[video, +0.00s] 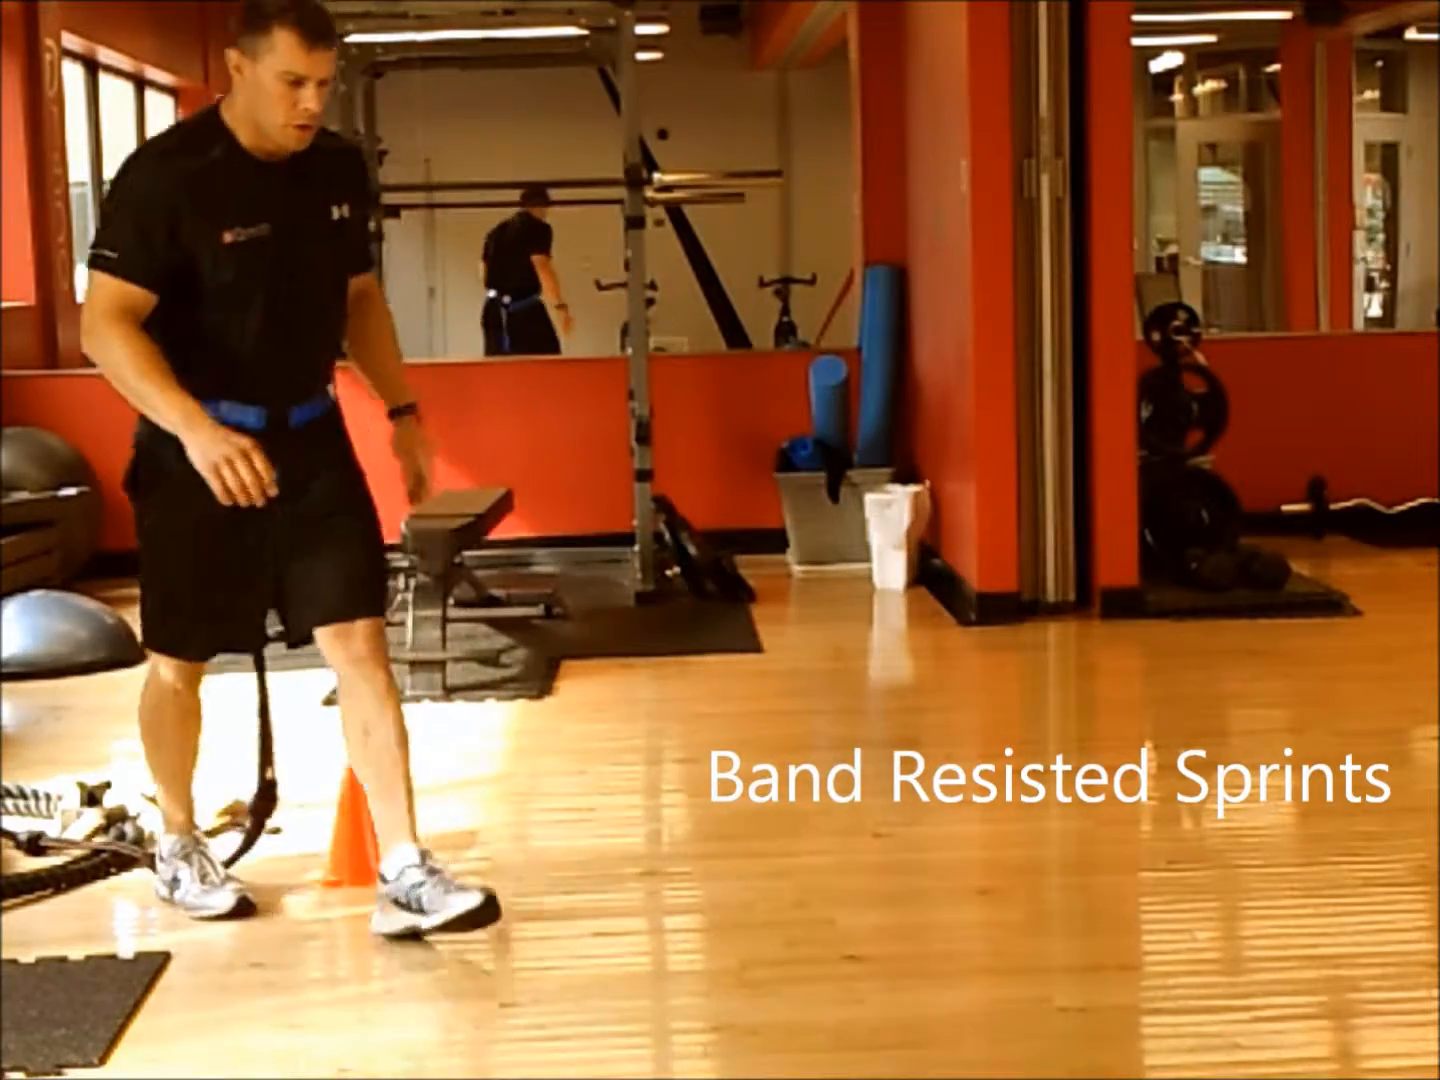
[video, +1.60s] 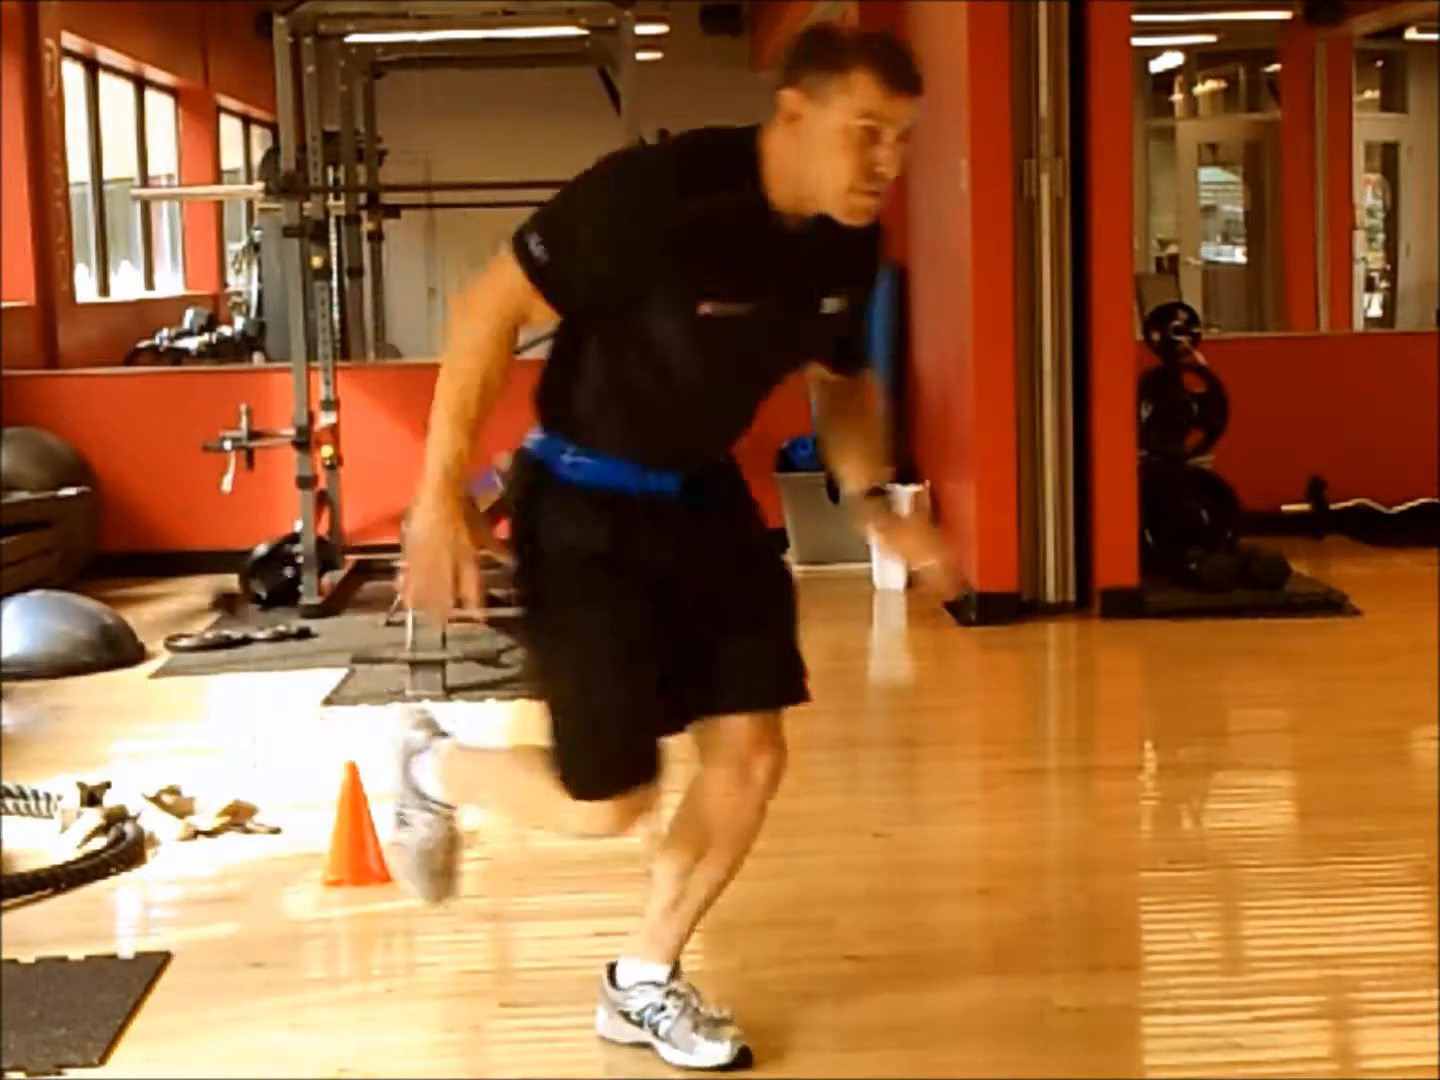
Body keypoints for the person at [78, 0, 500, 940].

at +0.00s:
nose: (313, 104)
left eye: (324, 84)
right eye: (295, 84)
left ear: (331, 77)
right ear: (236, 69)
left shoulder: (339, 167)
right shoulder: (162, 175)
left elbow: (359, 299)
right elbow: (103, 323)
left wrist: (404, 412)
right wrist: (197, 426)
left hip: (309, 441)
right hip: (193, 450)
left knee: (359, 642)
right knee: (178, 661)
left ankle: (405, 868)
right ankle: (180, 847)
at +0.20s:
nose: (271, 70)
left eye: (280, 49)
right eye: (250, 48)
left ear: (286, 49)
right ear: (191, 42)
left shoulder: (306, 151)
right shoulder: (117, 156)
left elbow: (336, 273)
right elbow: (59, 300)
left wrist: (349, 377)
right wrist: (119, 433)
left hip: (278, 423)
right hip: (168, 430)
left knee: (319, 621)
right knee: (170, 646)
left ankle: (267, 809)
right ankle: (177, 840)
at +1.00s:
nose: (354, 165)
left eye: (368, 147)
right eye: (336, 142)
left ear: (377, 147)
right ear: (282, 129)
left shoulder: (376, 236)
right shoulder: (189, 203)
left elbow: (407, 351)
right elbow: (59, 270)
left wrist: (419, 427)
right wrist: (36, 410)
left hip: (271, 469)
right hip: (171, 455)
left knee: (234, 647)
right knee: (230, 634)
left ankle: (175, 801)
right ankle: (179, 830)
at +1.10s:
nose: (385, 230)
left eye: (396, 208)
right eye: (367, 207)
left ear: (407, 198)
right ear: (309, 187)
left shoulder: (407, 261)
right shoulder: (209, 232)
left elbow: (446, 375)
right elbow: (60, 256)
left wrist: (452, 401)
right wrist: (27, 383)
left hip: (293, 490)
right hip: (191, 472)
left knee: (250, 667)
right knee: (236, 659)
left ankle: (190, 810)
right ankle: (173, 856)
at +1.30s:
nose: (451, 258)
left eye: (463, 235)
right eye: (429, 233)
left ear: (476, 225)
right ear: (367, 214)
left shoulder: (485, 271)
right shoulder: (285, 272)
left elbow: (509, 329)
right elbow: (215, 439)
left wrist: (499, 407)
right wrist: (348, 511)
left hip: (403, 510)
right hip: (274, 517)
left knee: (436, 721)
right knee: (236, 728)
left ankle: (366, 775)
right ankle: (176, 862)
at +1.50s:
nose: (743, 173)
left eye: (755, 150)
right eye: (723, 145)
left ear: (760, 147)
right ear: (649, 127)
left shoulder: (723, 222)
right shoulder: (534, 203)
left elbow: (697, 326)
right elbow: (417, 361)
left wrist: (686, 424)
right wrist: (572, 475)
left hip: (593, 476)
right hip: (459, 474)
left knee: (670, 701)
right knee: (404, 721)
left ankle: (640, 972)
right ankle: (280, 780)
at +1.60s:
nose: (889, 162)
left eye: (900, 138)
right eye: (870, 131)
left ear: (898, 139)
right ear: (793, 114)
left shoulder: (845, 244)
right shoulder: (652, 192)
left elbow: (842, 383)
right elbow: (489, 308)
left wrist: (880, 504)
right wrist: (440, 493)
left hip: (705, 500)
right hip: (583, 502)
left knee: (747, 755)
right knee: (615, 799)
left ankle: (645, 980)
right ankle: (425, 761)